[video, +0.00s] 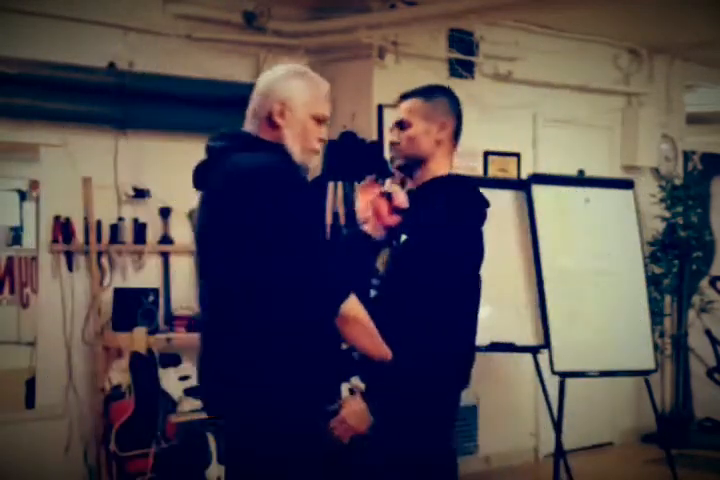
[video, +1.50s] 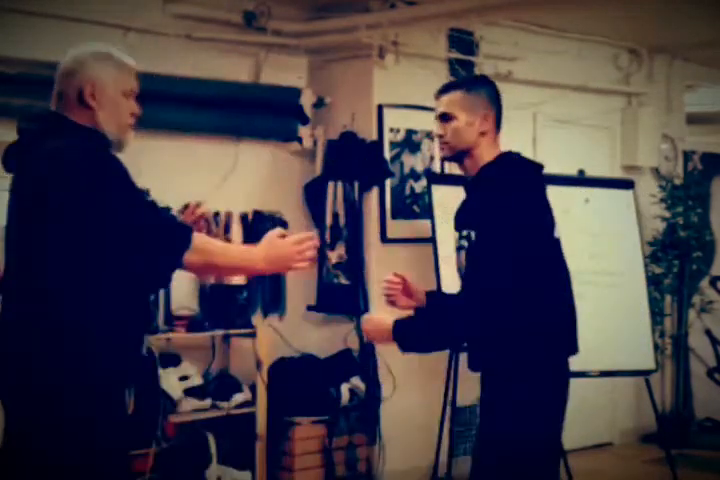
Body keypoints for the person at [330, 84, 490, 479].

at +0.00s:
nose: (391, 137)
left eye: (403, 126)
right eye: (393, 127)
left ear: (441, 132)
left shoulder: (449, 207)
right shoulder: (405, 203)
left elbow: (431, 325)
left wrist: (372, 401)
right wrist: (352, 382)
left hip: (417, 402)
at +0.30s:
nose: (416, 144)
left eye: (429, 133)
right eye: (417, 134)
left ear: (464, 141)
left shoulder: (470, 212)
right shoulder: (432, 205)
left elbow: (454, 328)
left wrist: (405, 417)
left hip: (434, 392)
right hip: (403, 381)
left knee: (426, 471)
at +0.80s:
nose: (440, 149)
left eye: (454, 140)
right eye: (441, 141)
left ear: (489, 154)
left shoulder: (492, 219)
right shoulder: (444, 221)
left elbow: (475, 336)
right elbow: (403, 309)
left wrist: (422, 422)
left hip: (428, 403)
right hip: (396, 392)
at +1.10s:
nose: (440, 141)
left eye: (453, 132)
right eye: (442, 132)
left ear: (489, 142)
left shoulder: (493, 207)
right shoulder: (468, 207)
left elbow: (474, 318)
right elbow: (422, 324)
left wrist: (421, 394)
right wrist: (392, 279)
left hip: (453, 395)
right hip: (439, 391)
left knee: (418, 472)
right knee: (433, 471)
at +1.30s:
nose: (435, 126)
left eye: (447, 115)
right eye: (437, 117)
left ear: (483, 124)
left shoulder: (497, 188)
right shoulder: (478, 190)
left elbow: (479, 310)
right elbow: (455, 310)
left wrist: (398, 355)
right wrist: (398, 297)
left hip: (496, 365)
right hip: (484, 360)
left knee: (441, 469)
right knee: (476, 470)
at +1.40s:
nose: (433, 124)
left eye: (444, 113)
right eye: (434, 114)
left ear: (480, 121)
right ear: (476, 124)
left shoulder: (493, 186)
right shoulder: (489, 182)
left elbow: (476, 307)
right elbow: (472, 301)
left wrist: (389, 352)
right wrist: (410, 301)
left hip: (508, 367)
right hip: (505, 362)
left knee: (481, 471)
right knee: (484, 470)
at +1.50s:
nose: (437, 131)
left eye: (447, 119)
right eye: (437, 121)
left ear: (484, 124)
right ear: (479, 126)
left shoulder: (506, 188)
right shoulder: (486, 189)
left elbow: (491, 311)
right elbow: (482, 300)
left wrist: (399, 330)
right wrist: (426, 300)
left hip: (528, 366)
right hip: (511, 364)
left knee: (507, 470)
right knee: (511, 469)